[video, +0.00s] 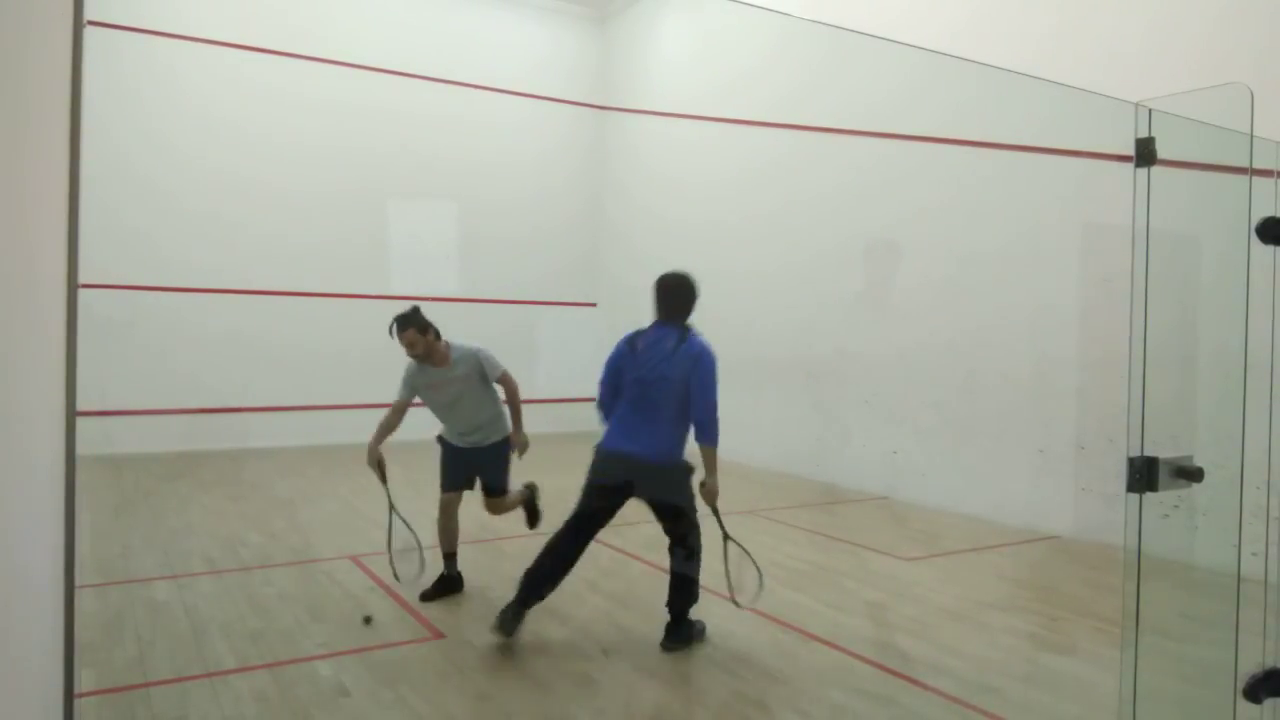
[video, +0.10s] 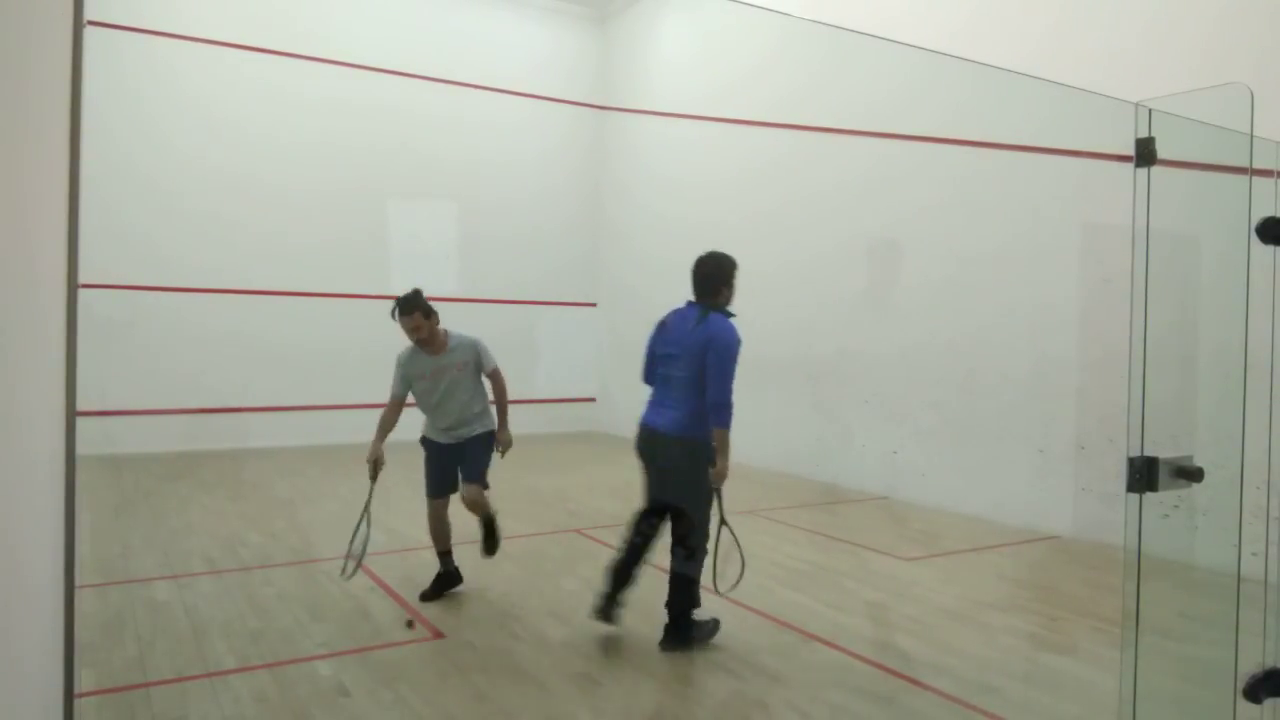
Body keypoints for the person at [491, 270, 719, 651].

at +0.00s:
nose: (683, 308)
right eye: (687, 301)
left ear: (656, 302)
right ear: (691, 305)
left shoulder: (631, 343)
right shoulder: (698, 353)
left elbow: (607, 401)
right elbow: (705, 419)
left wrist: (630, 434)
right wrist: (711, 476)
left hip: (613, 462)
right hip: (661, 469)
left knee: (577, 531)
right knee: (685, 541)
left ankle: (518, 607)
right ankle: (678, 627)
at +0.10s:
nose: (734, 290)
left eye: (733, 283)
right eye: (732, 283)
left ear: (696, 283)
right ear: (723, 287)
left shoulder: (671, 320)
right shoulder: (722, 333)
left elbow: (650, 373)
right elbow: (719, 401)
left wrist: (689, 389)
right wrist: (721, 458)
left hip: (652, 433)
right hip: (688, 443)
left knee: (655, 508)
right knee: (690, 533)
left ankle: (612, 593)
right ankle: (680, 624)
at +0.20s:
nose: (774, 295)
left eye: (772, 288)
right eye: (768, 288)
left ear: (738, 292)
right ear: (749, 292)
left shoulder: (708, 328)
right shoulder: (749, 339)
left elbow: (697, 385)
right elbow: (745, 406)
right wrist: (752, 459)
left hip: (698, 439)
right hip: (722, 444)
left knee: (733, 521)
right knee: (708, 532)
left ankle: (740, 606)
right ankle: (681, 625)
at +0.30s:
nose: (808, 299)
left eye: (806, 293)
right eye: (800, 294)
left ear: (777, 301)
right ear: (777, 299)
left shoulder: (761, 336)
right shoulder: (781, 342)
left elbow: (735, 393)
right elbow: (776, 407)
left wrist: (750, 437)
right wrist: (793, 456)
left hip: (756, 448)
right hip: (767, 451)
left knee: (795, 527)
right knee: (743, 534)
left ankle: (808, 608)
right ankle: (688, 615)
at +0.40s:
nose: (845, 292)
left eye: (845, 285)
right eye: (836, 286)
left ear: (829, 293)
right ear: (816, 292)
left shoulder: (820, 328)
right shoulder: (816, 332)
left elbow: (803, 390)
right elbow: (809, 396)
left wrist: (835, 443)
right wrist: (826, 444)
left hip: (813, 439)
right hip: (809, 440)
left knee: (823, 526)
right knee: (837, 528)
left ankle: (812, 609)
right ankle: (768, 586)